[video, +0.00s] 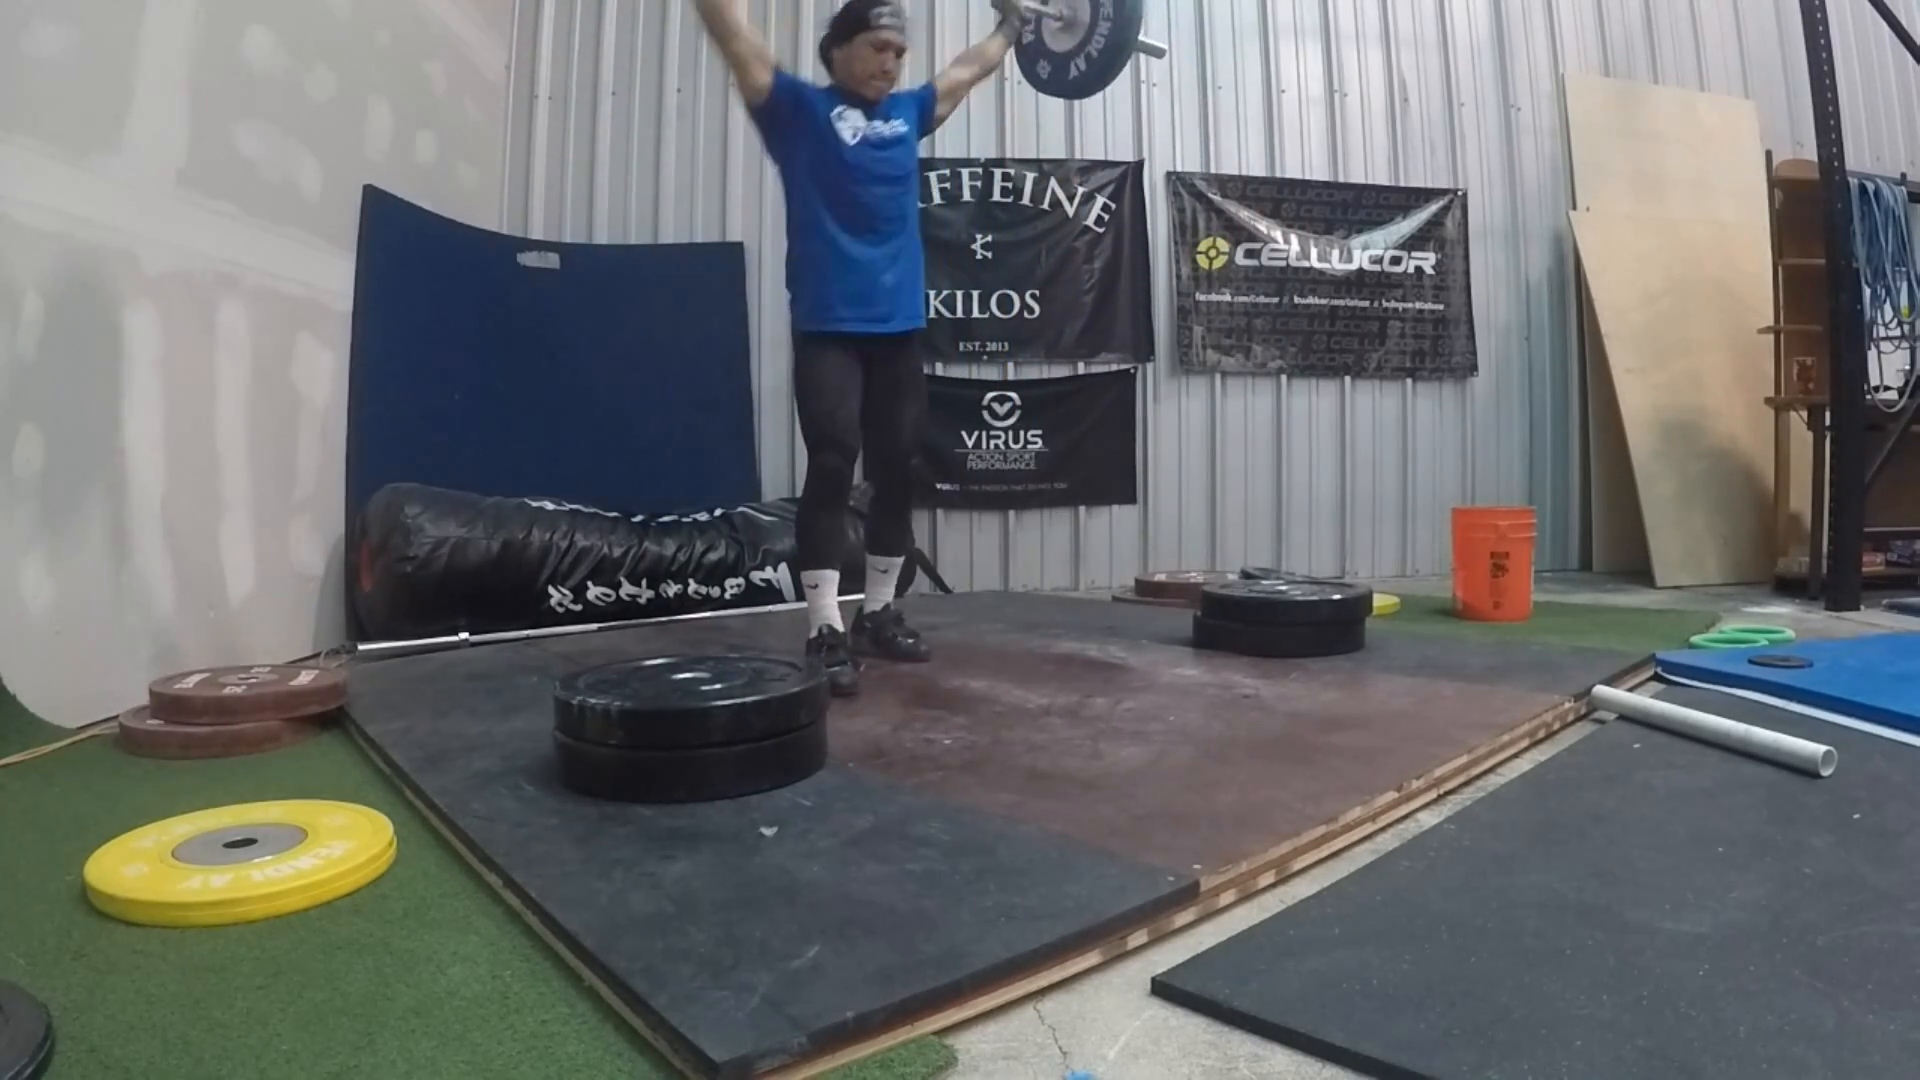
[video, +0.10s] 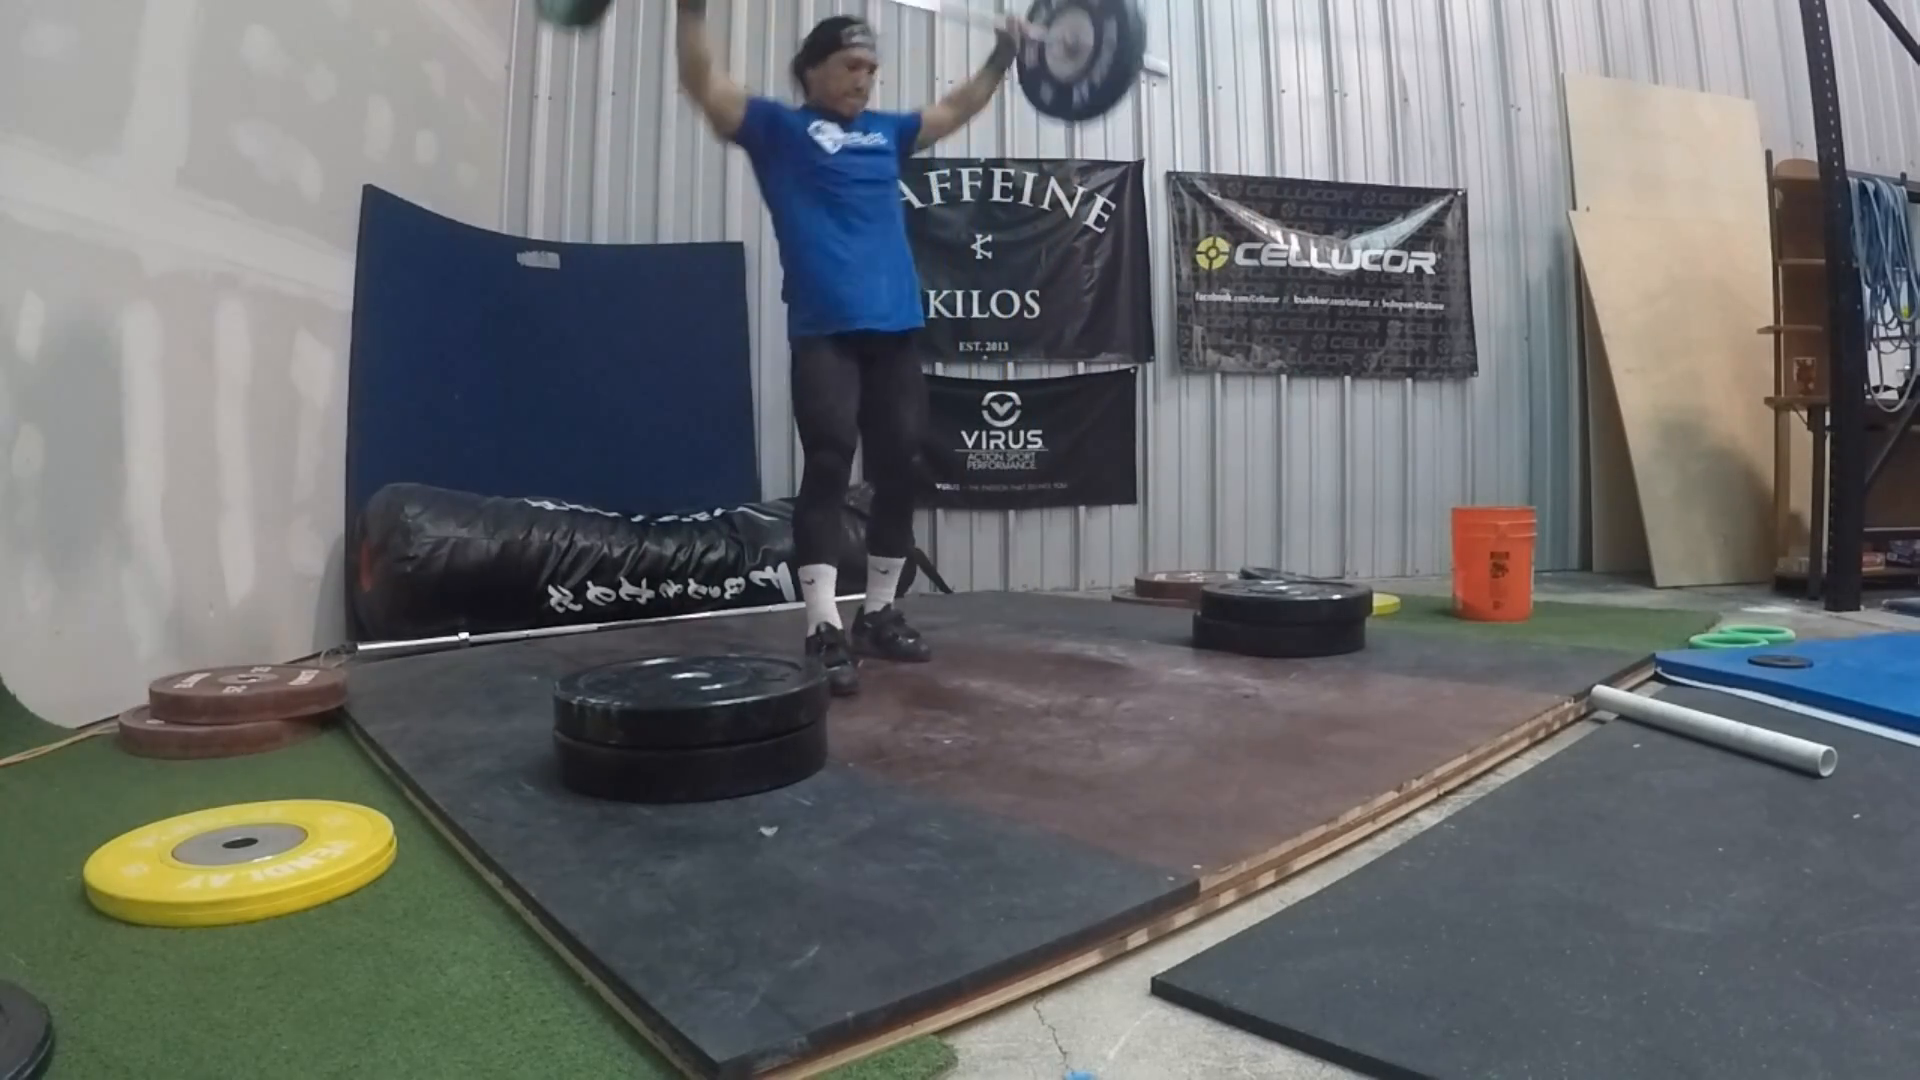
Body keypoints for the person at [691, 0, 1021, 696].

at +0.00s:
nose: (891, 64)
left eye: (897, 53)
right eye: (879, 50)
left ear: (900, 61)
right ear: (836, 52)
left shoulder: (907, 113)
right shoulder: (797, 110)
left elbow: (970, 69)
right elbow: (731, 34)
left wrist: (1015, 23)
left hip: (900, 327)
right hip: (828, 328)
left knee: (897, 469)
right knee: (831, 463)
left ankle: (878, 613)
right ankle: (826, 629)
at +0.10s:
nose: (863, 79)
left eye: (870, 69)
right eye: (849, 67)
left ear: (874, 75)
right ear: (809, 72)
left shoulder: (887, 131)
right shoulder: (777, 126)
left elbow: (958, 106)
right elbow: (702, 82)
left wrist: (1004, 51)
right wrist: (690, 8)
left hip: (897, 331)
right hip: (824, 332)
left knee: (901, 468)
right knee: (828, 463)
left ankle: (880, 614)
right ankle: (822, 629)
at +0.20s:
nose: (846, 91)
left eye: (852, 81)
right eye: (832, 78)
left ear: (856, 86)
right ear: (792, 82)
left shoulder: (869, 144)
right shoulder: (763, 139)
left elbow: (938, 161)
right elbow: (683, 140)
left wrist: (996, 117)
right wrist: (691, 66)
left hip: (883, 328)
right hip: (812, 330)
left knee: (883, 465)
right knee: (817, 454)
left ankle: (879, 614)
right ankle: (805, 612)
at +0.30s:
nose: (835, 96)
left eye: (841, 86)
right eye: (823, 83)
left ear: (846, 93)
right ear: (783, 88)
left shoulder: (855, 156)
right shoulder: (746, 148)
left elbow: (928, 215)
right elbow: (675, 201)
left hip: (866, 328)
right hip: (796, 329)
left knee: (870, 459)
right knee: (809, 449)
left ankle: (878, 612)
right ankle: (757, 585)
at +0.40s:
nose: (819, 109)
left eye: (825, 100)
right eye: (807, 97)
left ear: (829, 105)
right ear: (767, 99)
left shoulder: (843, 174)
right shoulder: (732, 162)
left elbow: (889, 247)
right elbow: (681, 224)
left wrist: (943, 285)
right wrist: (708, 267)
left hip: (842, 350)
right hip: (770, 350)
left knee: (860, 469)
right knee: (777, 474)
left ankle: (875, 612)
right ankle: (706, 582)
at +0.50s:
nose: (805, 122)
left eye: (811, 112)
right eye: (793, 110)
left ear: (815, 116)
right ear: (753, 112)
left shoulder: (821, 185)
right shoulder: (716, 176)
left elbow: (839, 268)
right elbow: (694, 257)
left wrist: (876, 337)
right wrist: (749, 307)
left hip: (813, 361)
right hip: (742, 362)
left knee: (835, 476)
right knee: (738, 483)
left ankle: (868, 609)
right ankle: (686, 586)